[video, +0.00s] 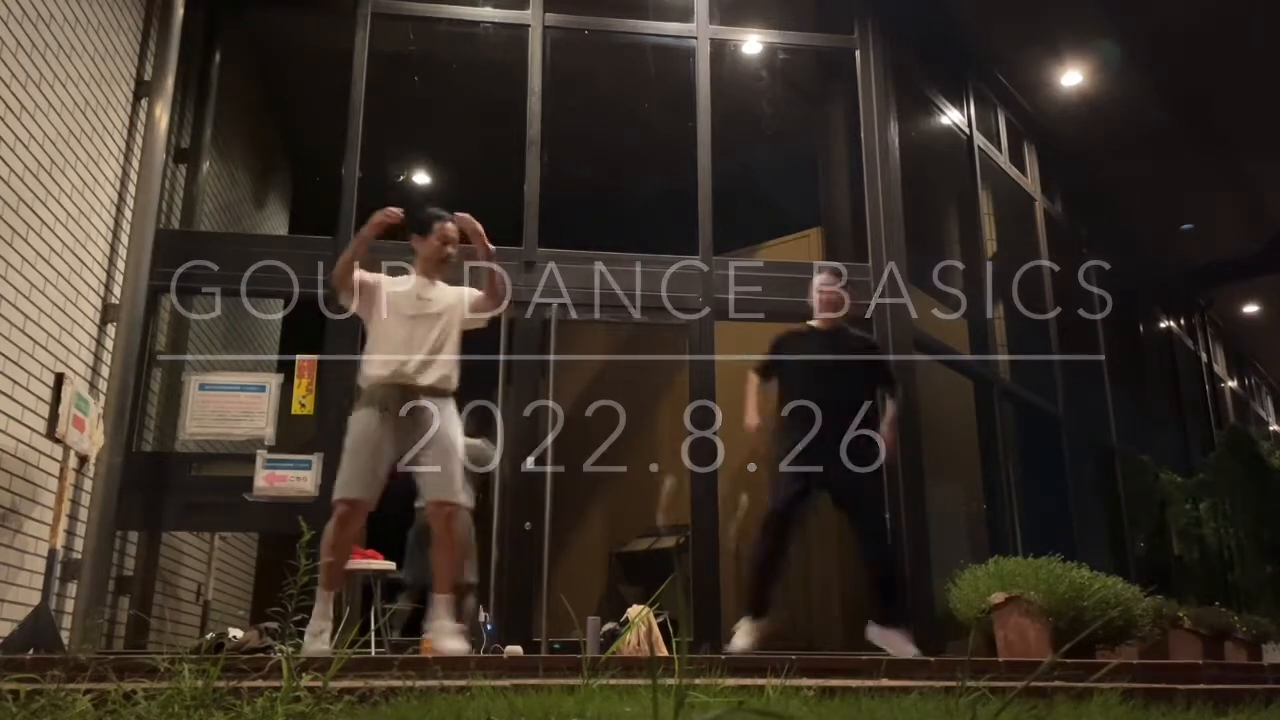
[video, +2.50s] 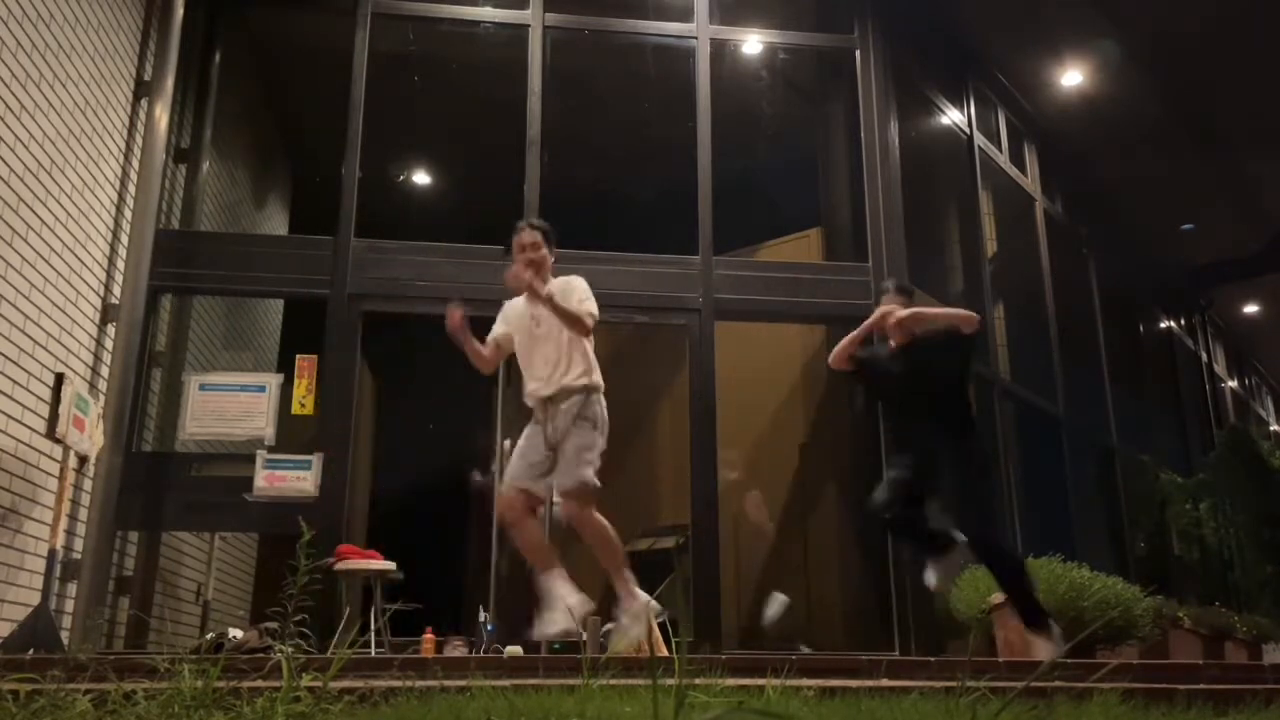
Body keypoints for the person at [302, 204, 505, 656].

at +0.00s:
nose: (450, 249)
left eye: (454, 243)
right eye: (441, 240)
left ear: (456, 249)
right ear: (417, 242)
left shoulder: (458, 297)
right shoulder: (382, 286)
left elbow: (498, 298)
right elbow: (340, 280)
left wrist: (484, 250)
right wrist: (367, 233)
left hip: (436, 406)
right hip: (378, 404)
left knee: (446, 511)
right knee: (347, 510)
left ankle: (442, 623)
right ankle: (321, 620)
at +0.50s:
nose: (422, 267)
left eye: (426, 259)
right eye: (414, 259)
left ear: (430, 262)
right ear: (389, 259)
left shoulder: (444, 311)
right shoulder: (360, 316)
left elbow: (463, 367)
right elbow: (336, 379)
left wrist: (479, 418)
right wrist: (319, 439)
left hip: (433, 429)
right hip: (373, 429)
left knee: (445, 506)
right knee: (345, 522)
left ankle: (459, 613)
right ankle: (320, 626)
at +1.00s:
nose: (486, 288)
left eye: (489, 281)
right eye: (477, 280)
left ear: (491, 291)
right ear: (451, 286)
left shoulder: (496, 345)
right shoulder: (417, 335)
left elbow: (514, 403)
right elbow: (376, 391)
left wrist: (532, 430)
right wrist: (392, 429)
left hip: (478, 455)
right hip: (420, 452)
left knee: (491, 535)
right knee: (419, 517)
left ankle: (493, 632)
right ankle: (432, 619)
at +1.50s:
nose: (430, 274)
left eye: (434, 269)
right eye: (422, 267)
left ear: (438, 277)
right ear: (398, 272)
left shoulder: (448, 325)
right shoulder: (371, 319)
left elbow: (466, 368)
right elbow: (334, 355)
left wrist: (463, 403)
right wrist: (337, 393)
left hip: (417, 441)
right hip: (364, 432)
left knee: (394, 534)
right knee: (338, 530)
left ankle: (347, 627)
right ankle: (303, 624)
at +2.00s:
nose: (505, 260)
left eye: (510, 254)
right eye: (495, 253)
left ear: (516, 266)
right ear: (475, 265)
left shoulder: (532, 313)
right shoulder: (452, 313)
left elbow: (563, 355)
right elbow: (435, 366)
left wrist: (587, 390)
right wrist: (416, 416)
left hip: (514, 425)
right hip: (462, 426)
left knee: (495, 526)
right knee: (446, 523)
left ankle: (516, 632)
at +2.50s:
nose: (529, 256)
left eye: (535, 247)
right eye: (522, 250)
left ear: (550, 252)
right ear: (512, 260)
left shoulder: (570, 285)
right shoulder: (514, 308)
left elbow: (585, 327)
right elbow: (488, 362)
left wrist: (541, 294)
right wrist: (463, 336)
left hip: (582, 406)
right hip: (543, 416)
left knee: (576, 507)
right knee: (511, 506)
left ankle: (633, 601)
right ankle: (565, 599)